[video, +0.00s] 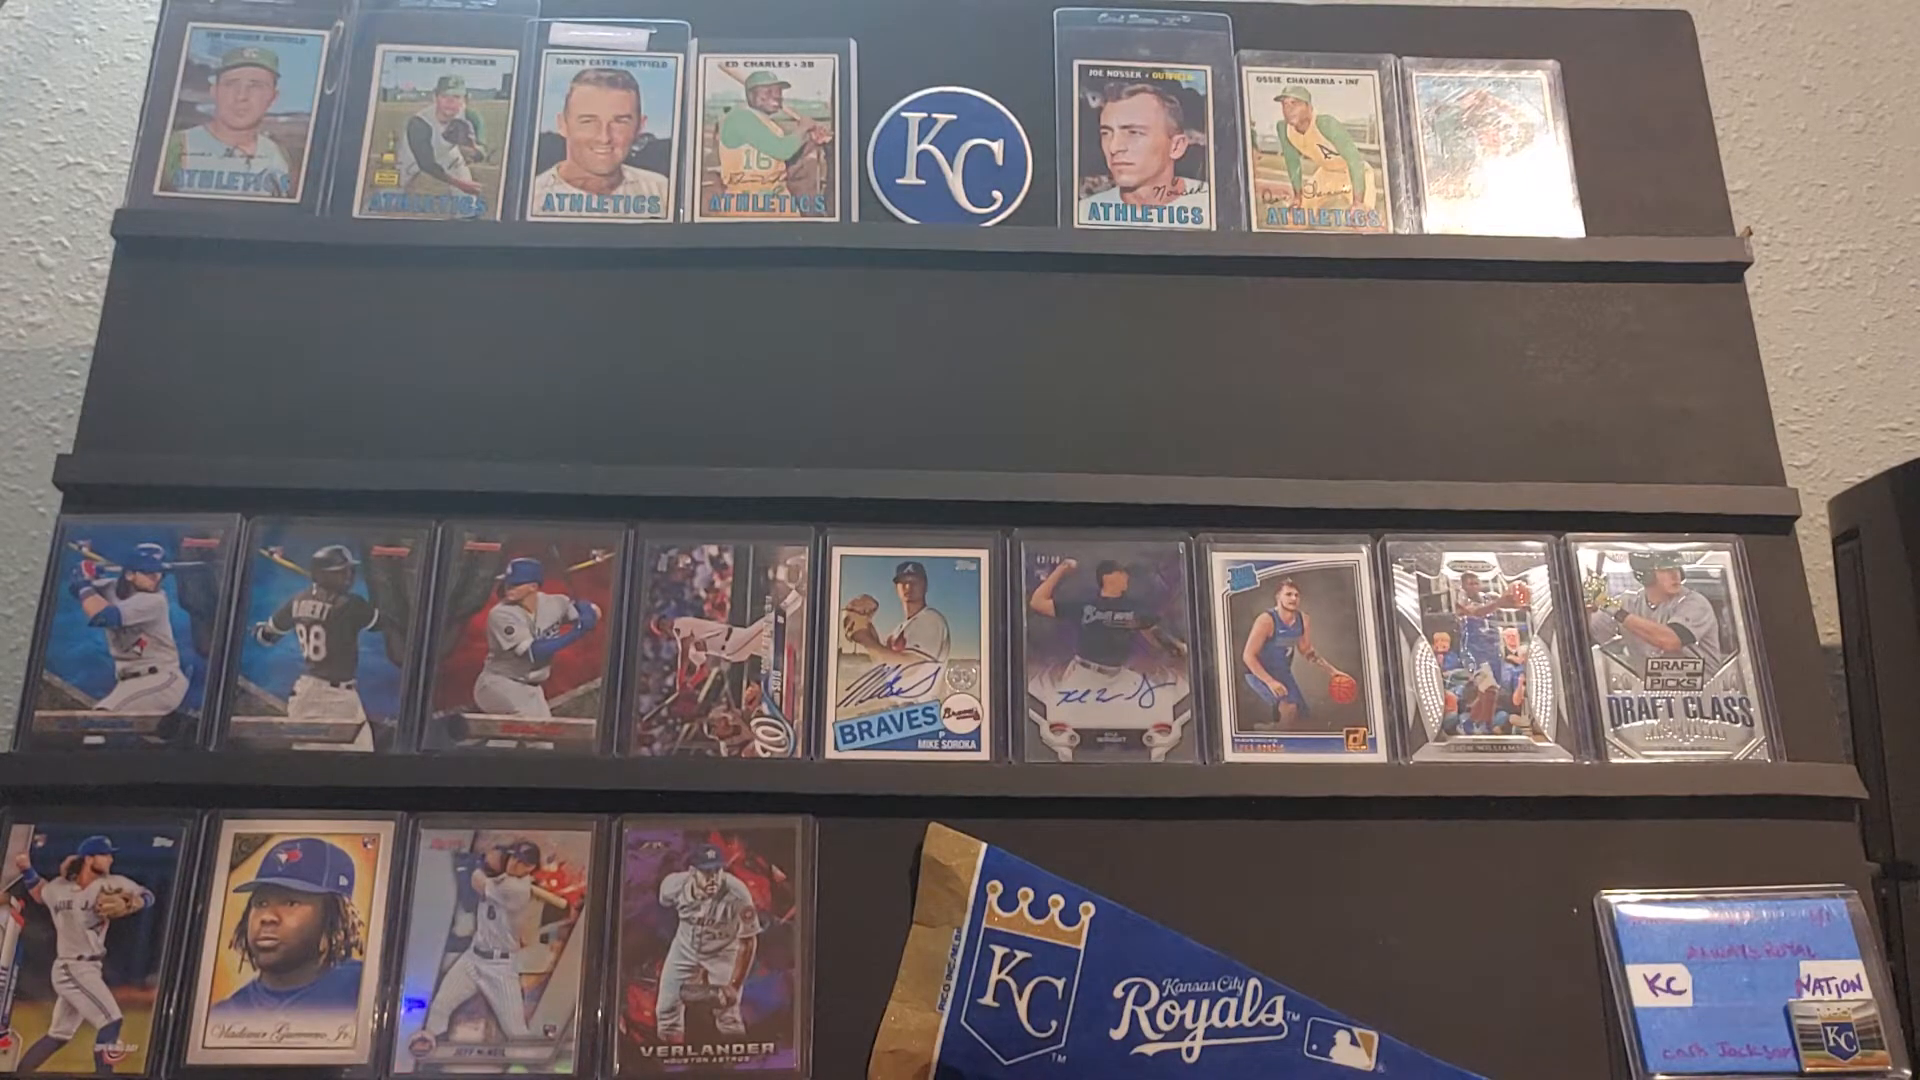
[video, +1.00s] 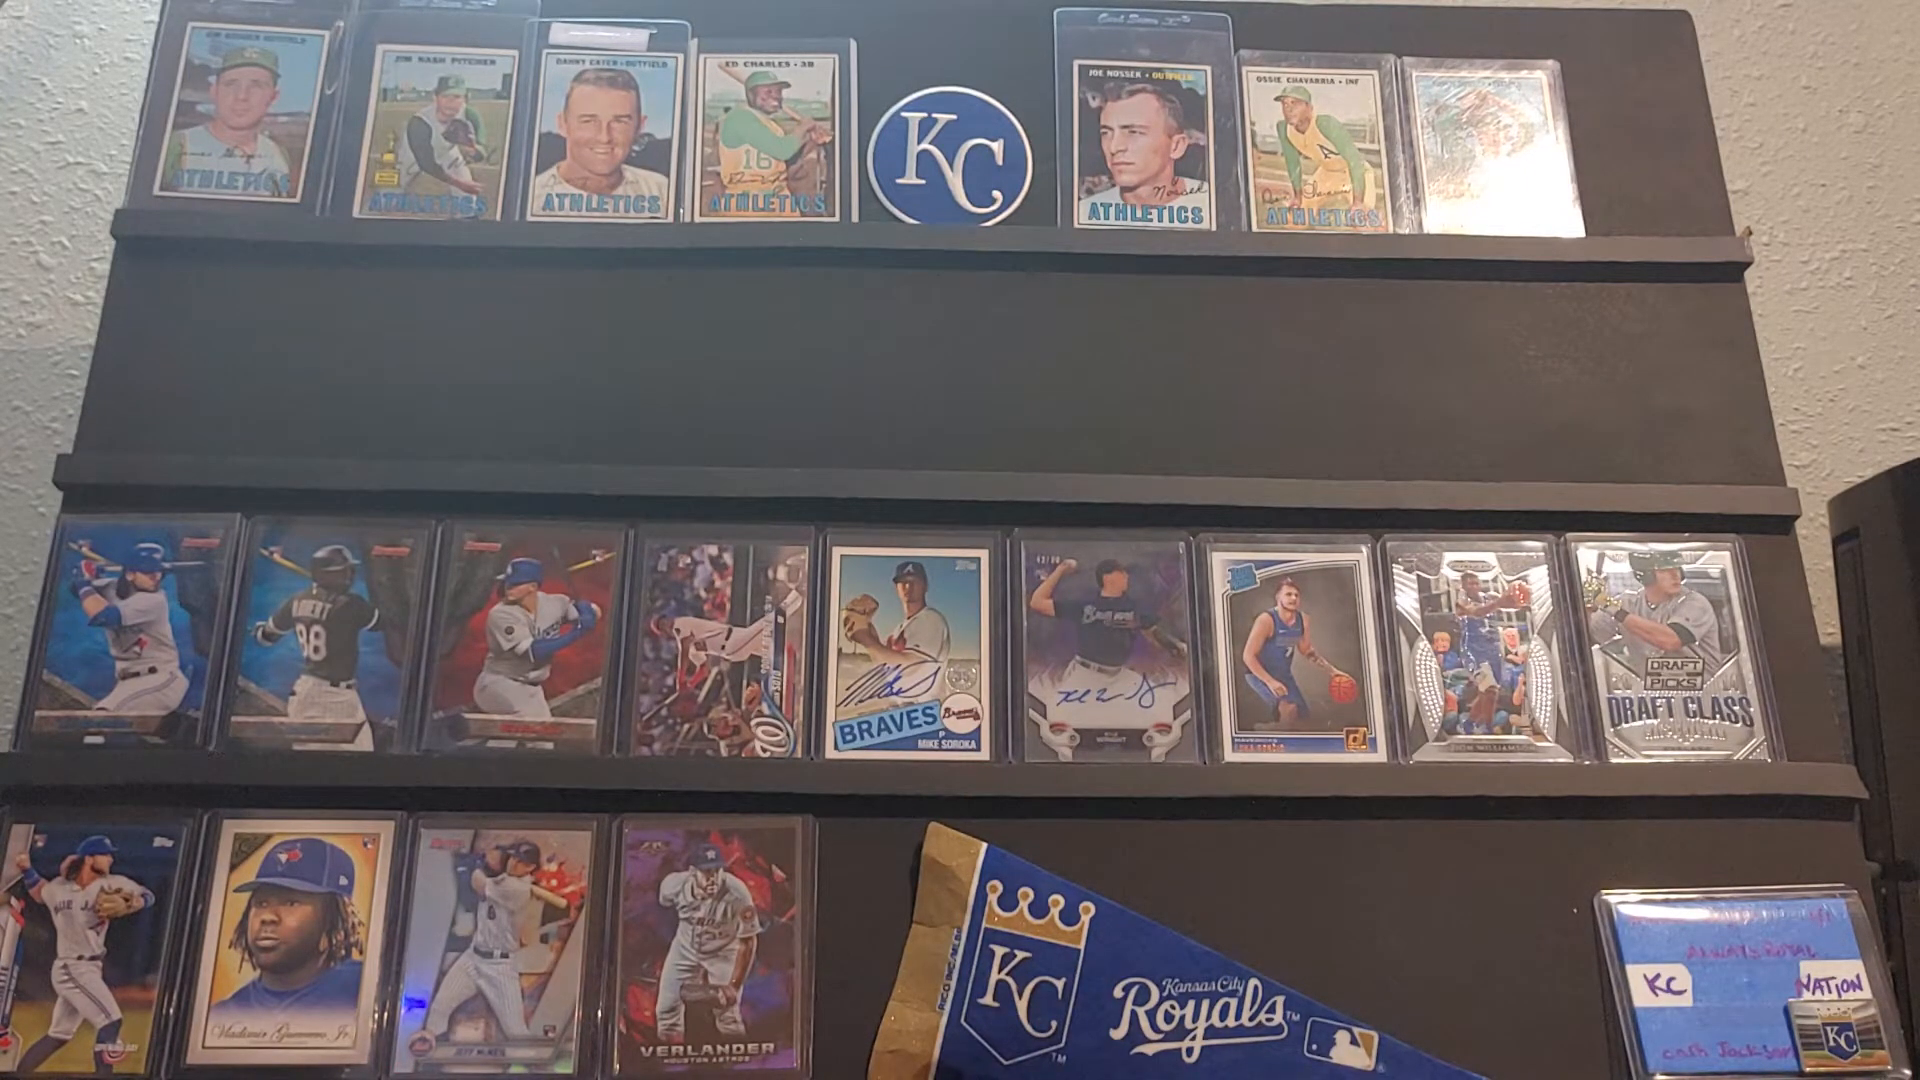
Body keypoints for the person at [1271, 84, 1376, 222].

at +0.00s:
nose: (1288, 109)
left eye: (1294, 103)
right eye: (1284, 105)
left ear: (1308, 107)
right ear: (1281, 108)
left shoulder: (1327, 124)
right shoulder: (1283, 128)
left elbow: (1355, 160)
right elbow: (1293, 163)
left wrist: (1358, 202)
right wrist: (1297, 197)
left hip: (1354, 174)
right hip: (1327, 173)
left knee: (1360, 218)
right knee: (1302, 210)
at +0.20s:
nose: (1288, 109)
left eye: (1294, 103)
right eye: (1284, 104)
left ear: (1308, 106)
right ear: (1281, 108)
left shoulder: (1327, 123)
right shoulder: (1283, 128)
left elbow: (1355, 160)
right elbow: (1293, 163)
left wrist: (1357, 202)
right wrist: (1298, 197)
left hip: (1355, 174)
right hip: (1327, 173)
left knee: (1360, 219)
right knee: (1301, 210)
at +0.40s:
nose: (1288, 110)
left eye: (1294, 103)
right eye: (1284, 105)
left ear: (1308, 107)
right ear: (1281, 108)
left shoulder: (1327, 124)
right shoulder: (1283, 128)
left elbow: (1355, 160)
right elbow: (1293, 163)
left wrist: (1358, 202)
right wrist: (1297, 197)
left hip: (1355, 174)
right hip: (1327, 173)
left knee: (1360, 220)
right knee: (1301, 212)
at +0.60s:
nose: (1288, 110)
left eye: (1294, 103)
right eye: (1284, 105)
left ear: (1308, 107)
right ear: (1281, 108)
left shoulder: (1327, 124)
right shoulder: (1283, 128)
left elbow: (1355, 160)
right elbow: (1293, 163)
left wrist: (1357, 202)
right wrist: (1297, 197)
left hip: (1355, 174)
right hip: (1327, 173)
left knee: (1360, 220)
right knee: (1301, 212)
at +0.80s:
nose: (1288, 108)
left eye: (1294, 103)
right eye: (1285, 104)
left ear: (1308, 107)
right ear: (1282, 109)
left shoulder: (1326, 123)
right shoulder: (1283, 128)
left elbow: (1355, 161)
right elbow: (1292, 163)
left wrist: (1358, 202)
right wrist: (1297, 196)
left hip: (1354, 172)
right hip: (1327, 172)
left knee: (1361, 217)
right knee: (1303, 209)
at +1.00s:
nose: (1288, 109)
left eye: (1294, 103)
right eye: (1284, 104)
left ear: (1309, 107)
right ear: (1281, 108)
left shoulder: (1327, 124)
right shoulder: (1283, 128)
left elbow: (1355, 161)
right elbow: (1293, 163)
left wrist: (1358, 202)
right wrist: (1297, 197)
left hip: (1355, 172)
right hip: (1327, 172)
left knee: (1360, 219)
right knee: (1303, 208)